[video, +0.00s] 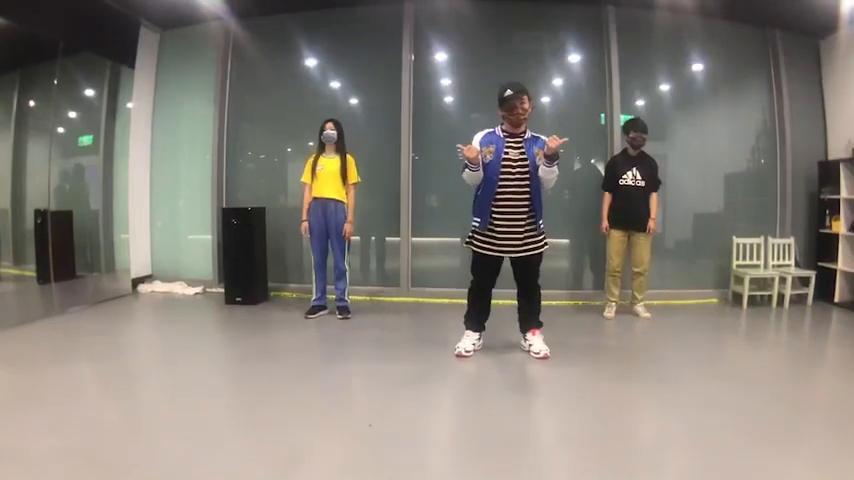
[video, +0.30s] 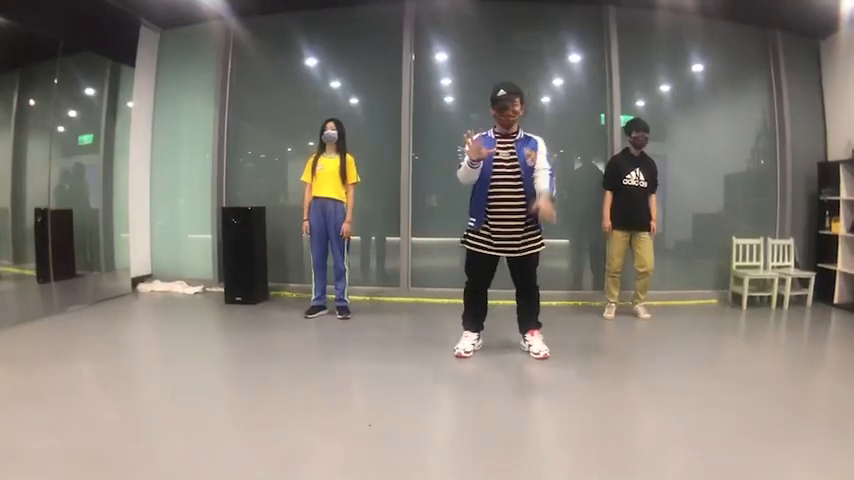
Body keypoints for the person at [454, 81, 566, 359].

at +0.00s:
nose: (519, 109)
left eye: (523, 103)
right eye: (512, 105)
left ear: (530, 106)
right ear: (501, 110)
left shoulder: (540, 143)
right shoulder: (485, 139)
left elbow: (548, 184)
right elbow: (472, 181)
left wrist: (549, 158)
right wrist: (474, 163)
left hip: (527, 227)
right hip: (490, 226)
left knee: (529, 283)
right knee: (481, 282)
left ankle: (532, 332)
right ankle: (473, 332)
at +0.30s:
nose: (510, 112)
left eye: (514, 106)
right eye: (503, 107)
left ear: (522, 108)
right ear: (493, 110)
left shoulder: (535, 144)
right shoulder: (479, 141)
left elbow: (542, 175)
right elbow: (465, 179)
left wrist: (543, 197)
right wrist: (474, 159)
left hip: (523, 228)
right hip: (485, 227)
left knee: (527, 283)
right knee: (476, 282)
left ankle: (531, 333)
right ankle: (471, 332)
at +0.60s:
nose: (489, 108)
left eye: (494, 102)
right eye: (483, 104)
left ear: (504, 106)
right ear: (475, 108)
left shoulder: (518, 138)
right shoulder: (465, 141)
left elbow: (533, 177)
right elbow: (452, 178)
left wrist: (531, 219)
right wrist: (463, 153)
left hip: (509, 224)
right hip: (474, 226)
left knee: (520, 280)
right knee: (474, 282)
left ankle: (528, 331)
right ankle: (472, 332)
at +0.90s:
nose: (503, 105)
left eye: (506, 101)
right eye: (496, 102)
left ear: (513, 106)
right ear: (484, 109)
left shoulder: (526, 140)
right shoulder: (469, 143)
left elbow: (548, 169)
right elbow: (459, 178)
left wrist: (527, 181)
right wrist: (454, 210)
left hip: (516, 227)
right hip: (478, 228)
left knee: (524, 281)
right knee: (475, 282)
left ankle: (531, 333)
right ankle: (473, 334)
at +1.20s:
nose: (531, 105)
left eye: (534, 100)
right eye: (524, 101)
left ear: (538, 105)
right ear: (510, 106)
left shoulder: (547, 141)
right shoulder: (491, 139)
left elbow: (556, 177)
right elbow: (477, 179)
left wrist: (541, 145)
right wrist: (470, 218)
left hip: (535, 228)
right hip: (497, 227)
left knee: (534, 283)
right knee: (487, 281)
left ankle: (534, 333)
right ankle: (476, 332)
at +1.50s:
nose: (526, 108)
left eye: (531, 102)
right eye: (520, 103)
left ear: (540, 105)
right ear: (510, 107)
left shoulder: (551, 140)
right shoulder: (497, 139)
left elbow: (555, 178)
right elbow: (482, 178)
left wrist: (550, 217)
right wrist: (486, 174)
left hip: (533, 221)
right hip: (498, 218)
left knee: (535, 279)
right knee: (481, 266)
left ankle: (534, 332)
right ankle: (484, 314)